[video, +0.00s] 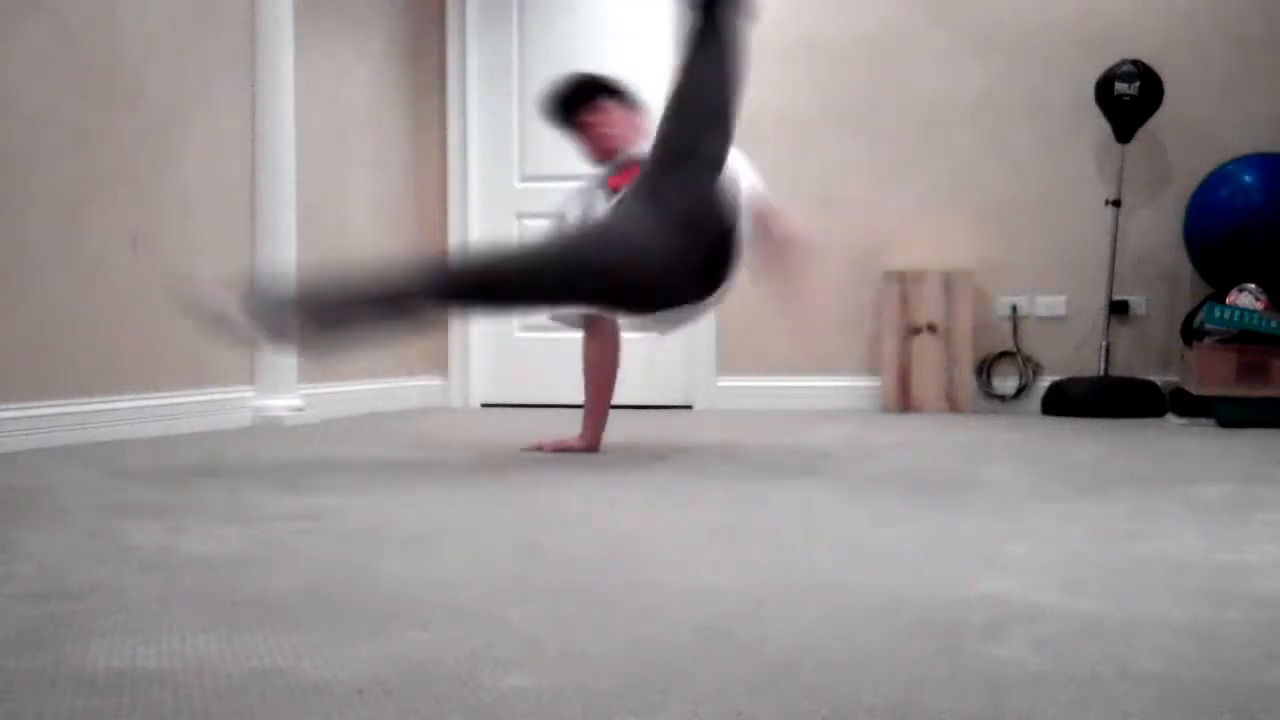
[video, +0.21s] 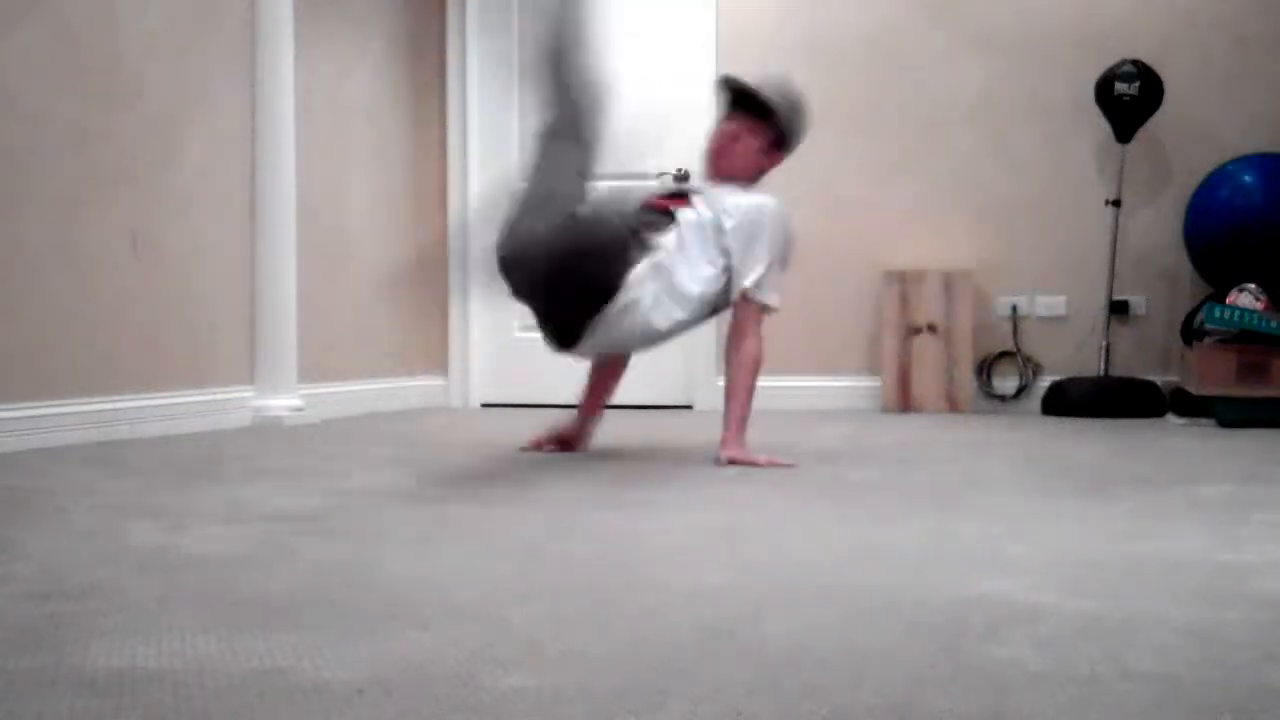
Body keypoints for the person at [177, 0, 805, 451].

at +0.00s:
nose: (597, 129)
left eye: (603, 115)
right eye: (585, 126)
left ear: (632, 111)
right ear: (580, 138)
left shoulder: (690, 159)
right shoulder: (591, 219)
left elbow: (771, 221)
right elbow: (600, 334)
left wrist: (798, 288)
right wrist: (589, 438)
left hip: (695, 240)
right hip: (624, 275)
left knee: (711, 63)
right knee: (459, 280)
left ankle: (716, 4)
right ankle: (299, 317)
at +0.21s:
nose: (726, 137)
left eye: (745, 133)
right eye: (726, 124)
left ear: (772, 157)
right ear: (716, 129)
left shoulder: (759, 212)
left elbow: (745, 336)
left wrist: (734, 441)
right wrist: (581, 428)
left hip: (592, 314)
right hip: (534, 272)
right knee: (572, 126)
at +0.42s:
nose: (739, 128)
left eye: (752, 120)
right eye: (739, 115)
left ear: (794, 128)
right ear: (742, 114)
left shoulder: (772, 220)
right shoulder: (761, 153)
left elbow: (748, 332)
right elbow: (699, 164)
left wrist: (733, 442)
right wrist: (636, 117)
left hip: (627, 297)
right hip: (638, 210)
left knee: (515, 391)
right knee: (570, 70)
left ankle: (432, 407)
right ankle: (491, 7)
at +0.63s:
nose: (616, 199)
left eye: (627, 184)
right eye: (609, 184)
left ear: (669, 165)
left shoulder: (728, 188)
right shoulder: (620, 165)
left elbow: (733, 328)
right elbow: (613, 259)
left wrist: (731, 441)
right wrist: (606, 365)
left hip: (800, 190)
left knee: (785, 292)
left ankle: (786, 388)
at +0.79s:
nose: (557, 247)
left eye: (559, 228)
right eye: (543, 239)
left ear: (589, 195)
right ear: (536, 231)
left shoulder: (661, 190)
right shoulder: (573, 251)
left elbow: (709, 324)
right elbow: (620, 331)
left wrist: (733, 440)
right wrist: (635, 438)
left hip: (767, 159)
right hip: (727, 222)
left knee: (891, 170)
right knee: (753, 372)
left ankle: (1015, 185)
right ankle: (861, 383)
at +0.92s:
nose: (511, 164)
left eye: (509, 143)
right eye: (496, 161)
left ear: (542, 119)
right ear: (500, 171)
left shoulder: (622, 147)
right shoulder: (556, 237)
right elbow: (624, 325)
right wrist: (639, 439)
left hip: (789, 200)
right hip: (776, 283)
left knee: (808, 51)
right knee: (804, 407)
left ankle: (921, 5)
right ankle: (974, 431)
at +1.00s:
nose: (543, 120)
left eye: (539, 101)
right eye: (527, 122)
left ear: (563, 85)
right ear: (527, 139)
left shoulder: (634, 104)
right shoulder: (573, 232)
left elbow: (764, 134)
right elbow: (627, 328)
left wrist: (707, 115)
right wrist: (638, 441)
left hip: (803, 230)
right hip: (776, 308)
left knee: (802, 45)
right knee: (722, 395)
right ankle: (857, 463)